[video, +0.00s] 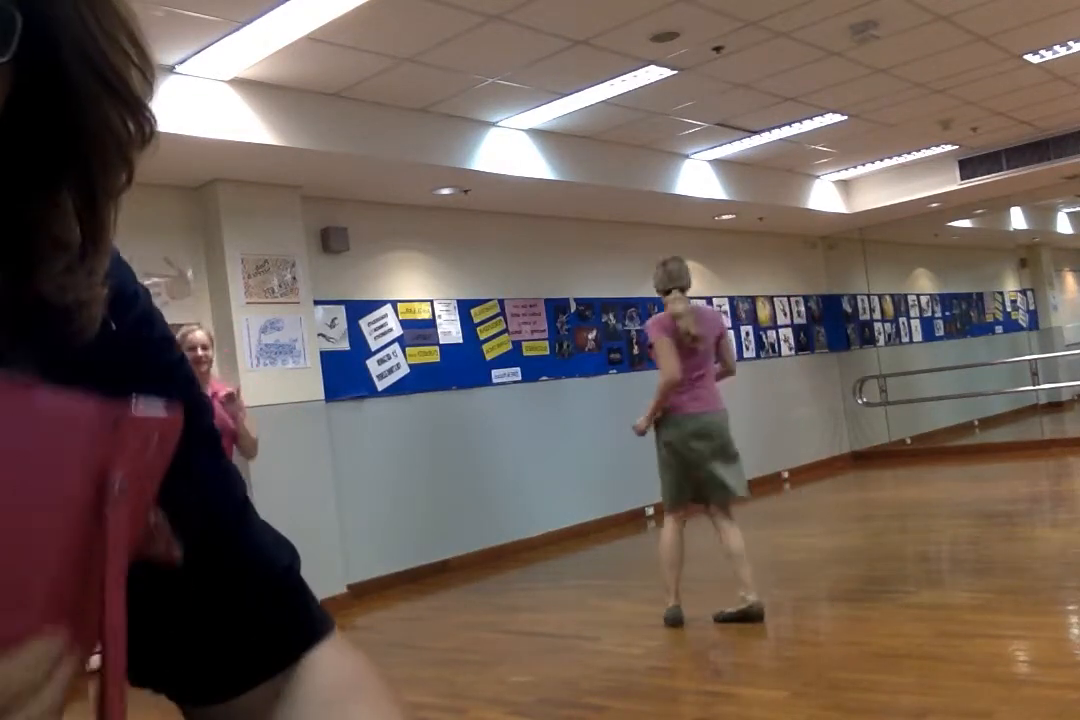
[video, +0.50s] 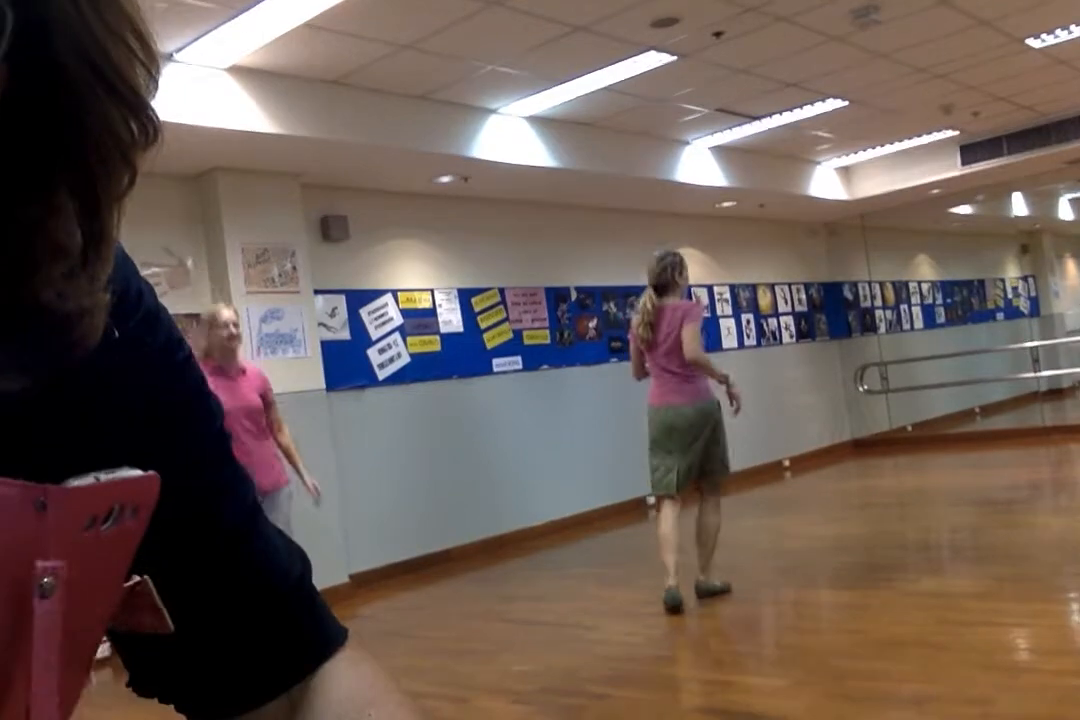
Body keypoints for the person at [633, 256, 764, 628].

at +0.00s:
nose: (662, 292)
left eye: (659, 287)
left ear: (658, 287)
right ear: (688, 282)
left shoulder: (658, 323)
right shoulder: (713, 317)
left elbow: (672, 374)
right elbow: (727, 368)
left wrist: (650, 414)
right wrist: (696, 379)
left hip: (677, 420)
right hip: (713, 417)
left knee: (673, 515)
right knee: (722, 511)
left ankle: (673, 604)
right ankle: (750, 597)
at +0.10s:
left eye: (653, 285)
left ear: (653, 288)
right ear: (683, 286)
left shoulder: (648, 326)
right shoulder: (708, 320)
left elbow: (654, 381)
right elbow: (724, 372)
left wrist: (638, 420)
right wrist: (701, 391)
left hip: (669, 424)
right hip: (708, 420)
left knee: (670, 515)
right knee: (711, 513)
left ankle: (673, 604)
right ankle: (744, 592)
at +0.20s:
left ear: (650, 294)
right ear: (680, 292)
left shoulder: (638, 333)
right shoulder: (702, 326)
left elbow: (630, 391)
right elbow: (717, 381)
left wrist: (626, 419)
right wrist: (712, 405)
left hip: (661, 429)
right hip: (702, 426)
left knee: (665, 520)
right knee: (703, 511)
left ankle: (672, 605)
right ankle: (722, 576)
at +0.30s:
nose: (680, 290)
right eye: (680, 285)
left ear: (649, 291)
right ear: (678, 288)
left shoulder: (633, 327)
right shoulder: (696, 322)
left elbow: (624, 385)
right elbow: (709, 372)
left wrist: (631, 387)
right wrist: (721, 410)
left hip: (656, 425)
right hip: (696, 422)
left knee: (664, 515)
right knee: (705, 499)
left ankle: (673, 598)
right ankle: (709, 567)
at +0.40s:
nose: (684, 273)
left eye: (679, 267)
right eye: (682, 268)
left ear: (650, 273)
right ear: (678, 271)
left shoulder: (634, 311)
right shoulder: (691, 304)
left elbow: (629, 366)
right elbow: (700, 350)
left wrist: (650, 352)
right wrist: (724, 382)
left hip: (656, 404)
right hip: (695, 399)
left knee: (665, 495)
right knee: (709, 485)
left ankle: (673, 582)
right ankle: (703, 570)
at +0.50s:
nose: (688, 279)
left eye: (685, 273)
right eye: (686, 273)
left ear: (653, 278)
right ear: (679, 277)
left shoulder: (641, 316)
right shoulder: (689, 309)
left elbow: (638, 371)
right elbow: (692, 354)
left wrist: (667, 358)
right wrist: (725, 378)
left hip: (661, 410)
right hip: (699, 407)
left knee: (668, 499)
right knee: (709, 494)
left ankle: (671, 582)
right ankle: (705, 578)